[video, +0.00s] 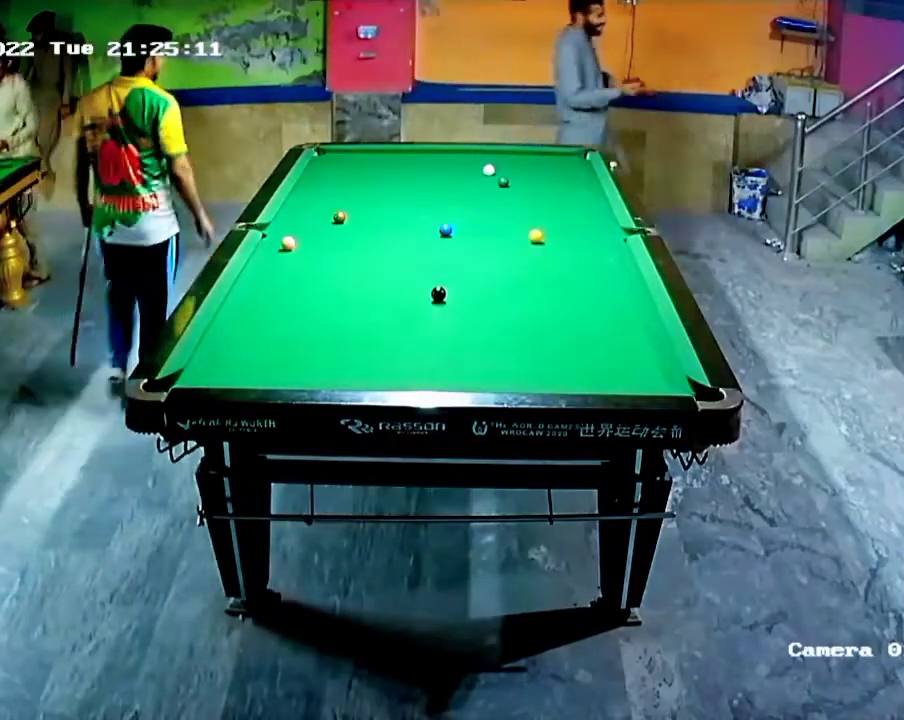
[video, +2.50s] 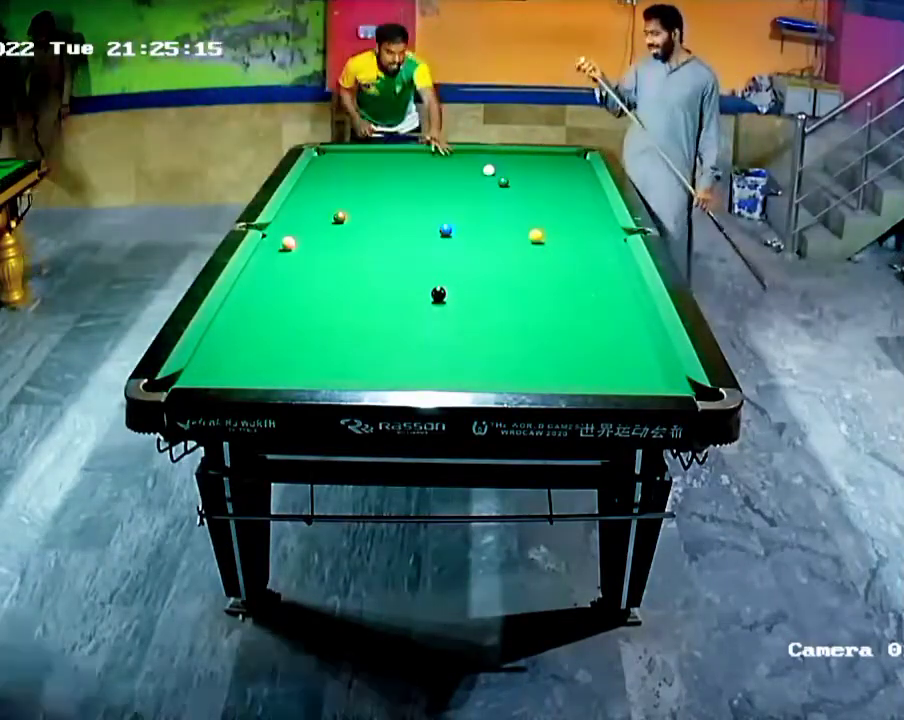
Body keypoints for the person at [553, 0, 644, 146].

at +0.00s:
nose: (603, 21)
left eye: (603, 15)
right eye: (598, 16)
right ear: (579, 17)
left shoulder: (583, 39)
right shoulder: (570, 43)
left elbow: (592, 77)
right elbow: (573, 98)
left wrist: (621, 85)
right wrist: (619, 92)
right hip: (578, 136)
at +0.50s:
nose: (672, 36)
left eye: (677, 29)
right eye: (665, 30)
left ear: (683, 24)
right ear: (653, 25)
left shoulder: (687, 51)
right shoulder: (635, 49)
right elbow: (625, 97)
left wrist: (697, 103)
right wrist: (668, 104)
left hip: (679, 143)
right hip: (648, 144)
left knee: (678, 209)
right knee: (652, 206)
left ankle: (667, 264)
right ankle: (649, 268)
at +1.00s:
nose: (665, 43)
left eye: (671, 36)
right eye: (662, 36)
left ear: (689, 35)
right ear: (659, 34)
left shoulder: (713, 70)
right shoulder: (651, 64)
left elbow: (724, 108)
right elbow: (636, 105)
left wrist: (719, 131)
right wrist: (619, 135)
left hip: (692, 160)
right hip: (653, 158)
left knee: (698, 225)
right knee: (654, 225)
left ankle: (696, 298)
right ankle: (652, 292)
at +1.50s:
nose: (661, 36)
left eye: (667, 30)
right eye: (661, 30)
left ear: (689, 34)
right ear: (673, 33)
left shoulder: (721, 75)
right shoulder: (664, 66)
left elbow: (733, 129)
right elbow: (660, 115)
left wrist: (711, 163)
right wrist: (631, 133)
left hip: (691, 179)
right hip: (657, 173)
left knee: (689, 255)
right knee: (650, 247)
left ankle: (689, 323)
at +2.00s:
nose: (645, 38)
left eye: (651, 31)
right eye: (646, 31)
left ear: (671, 35)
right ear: (667, 35)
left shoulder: (703, 78)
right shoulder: (655, 67)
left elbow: (716, 137)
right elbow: (643, 106)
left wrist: (711, 189)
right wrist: (615, 100)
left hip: (669, 181)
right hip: (636, 170)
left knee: (665, 250)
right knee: (633, 242)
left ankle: (670, 308)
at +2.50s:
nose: (649, 41)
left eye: (655, 34)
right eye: (647, 34)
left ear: (676, 34)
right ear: (645, 35)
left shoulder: (703, 77)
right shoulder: (644, 67)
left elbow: (709, 133)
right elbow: (618, 107)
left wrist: (705, 182)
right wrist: (601, 82)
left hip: (674, 175)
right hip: (636, 169)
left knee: (671, 243)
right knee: (634, 238)